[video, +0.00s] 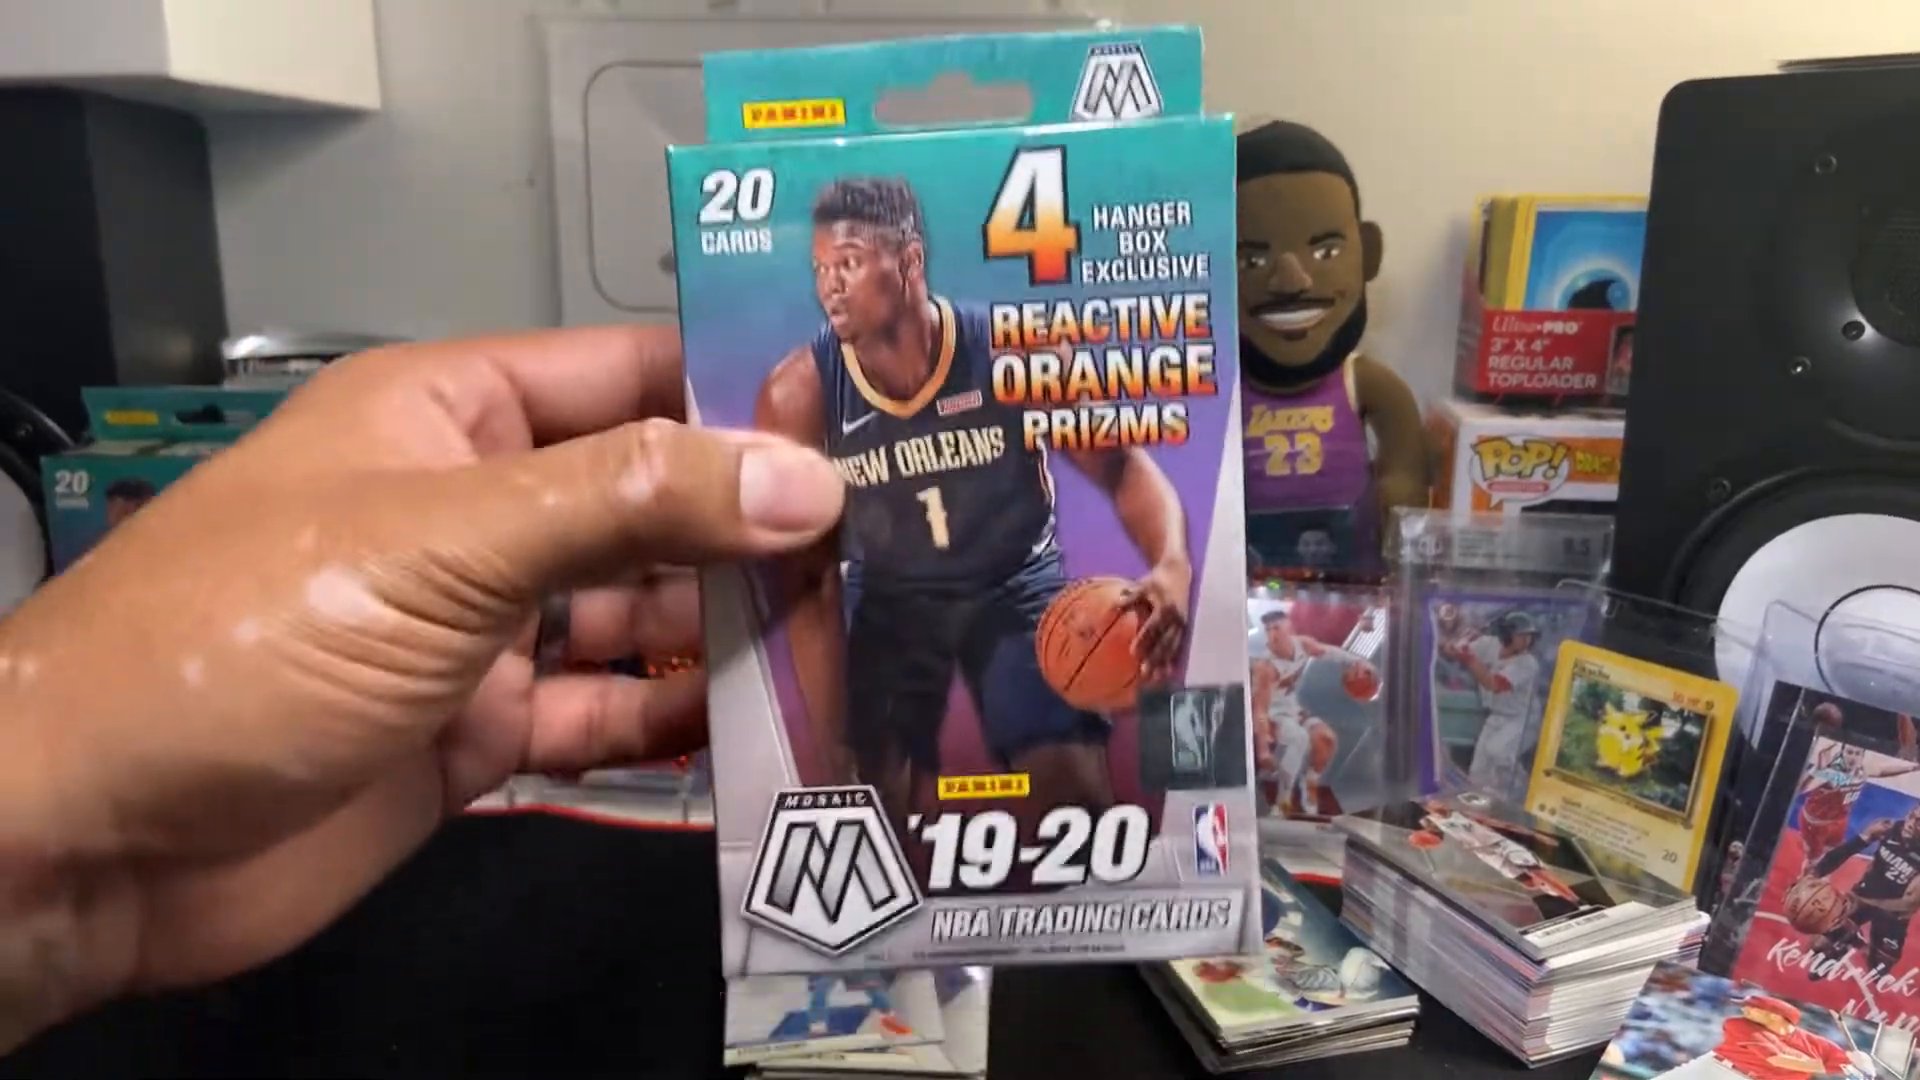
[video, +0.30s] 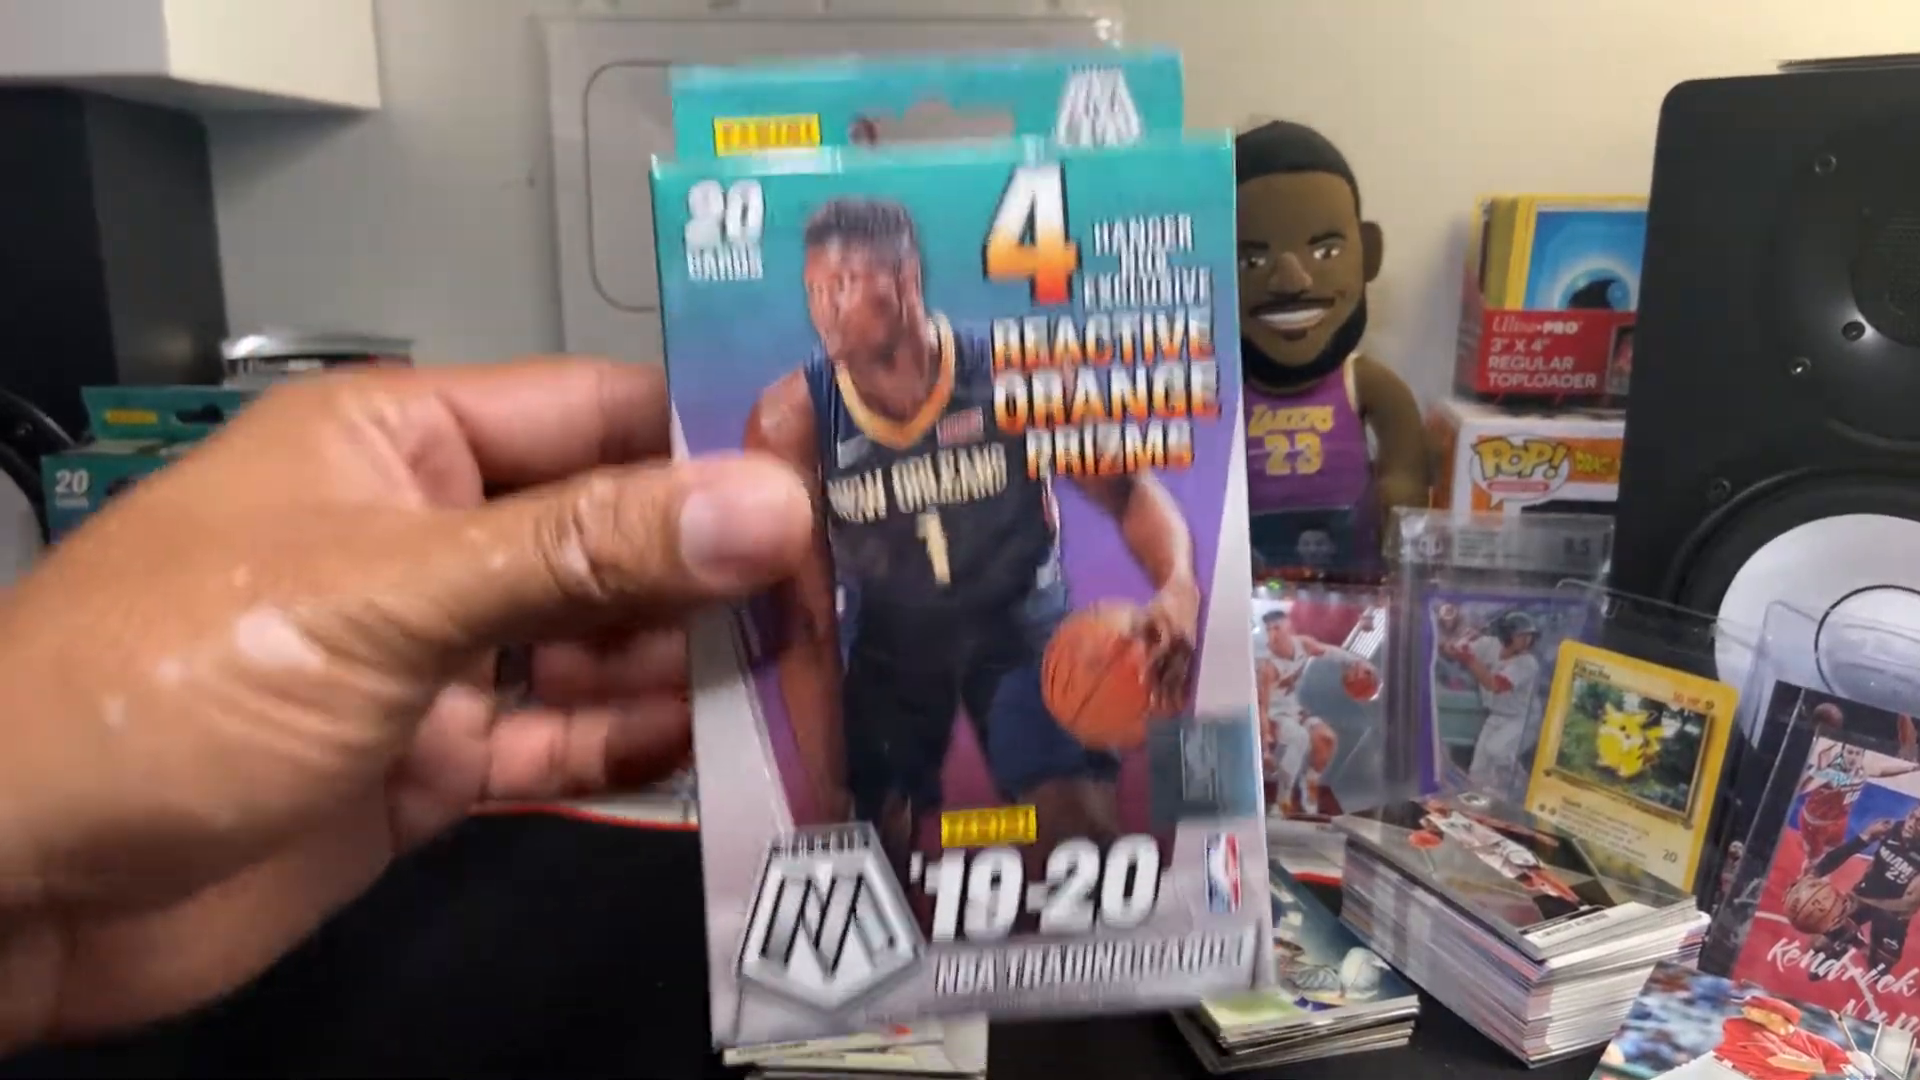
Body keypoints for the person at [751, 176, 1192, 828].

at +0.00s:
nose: (830, 287)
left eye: (849, 264)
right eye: (821, 269)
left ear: (910, 262)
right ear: (813, 276)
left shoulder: (1008, 352)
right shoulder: (799, 393)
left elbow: (1120, 466)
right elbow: (808, 580)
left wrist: (1173, 564)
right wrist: (829, 750)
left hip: (1018, 593)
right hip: (893, 606)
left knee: (1069, 790)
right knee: (877, 809)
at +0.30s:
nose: (829, 307)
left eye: (848, 282)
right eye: (818, 288)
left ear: (908, 285)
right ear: (807, 298)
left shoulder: (1010, 375)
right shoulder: (791, 418)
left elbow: (1127, 491)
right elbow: (808, 624)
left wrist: (1179, 586)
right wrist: (824, 796)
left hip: (1018, 625)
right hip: (893, 639)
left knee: (1075, 822)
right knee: (879, 840)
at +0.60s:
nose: (822, 315)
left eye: (842, 290)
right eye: (812, 297)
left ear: (908, 287)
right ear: (805, 306)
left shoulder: (1010, 384)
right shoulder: (787, 427)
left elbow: (1127, 506)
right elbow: (800, 631)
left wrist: (1178, 605)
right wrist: (816, 817)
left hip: (1018, 640)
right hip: (888, 653)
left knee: (1071, 846)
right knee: (866, 861)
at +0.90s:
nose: (803, 264)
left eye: (825, 237)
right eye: (793, 242)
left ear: (888, 238)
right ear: (782, 253)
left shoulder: (997, 339)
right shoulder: (769, 383)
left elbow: (1123, 461)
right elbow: (785, 593)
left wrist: (1173, 566)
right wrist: (809, 783)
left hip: (1004, 611)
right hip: (875, 623)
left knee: (1068, 801)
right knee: (859, 828)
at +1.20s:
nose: (783, 301)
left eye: (803, 277)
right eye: (774, 281)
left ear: (866, 277)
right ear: (765, 290)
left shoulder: (972, 371)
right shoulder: (752, 413)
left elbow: (1090, 487)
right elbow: (767, 612)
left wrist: (1138, 584)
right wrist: (788, 790)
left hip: (982, 632)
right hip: (855, 646)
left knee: (1042, 821)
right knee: (835, 843)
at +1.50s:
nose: (794, 309)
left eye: (815, 286)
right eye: (785, 291)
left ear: (879, 286)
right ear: (777, 299)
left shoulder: (982, 379)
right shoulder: (759, 423)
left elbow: (1093, 499)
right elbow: (771, 621)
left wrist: (1147, 600)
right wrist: (788, 798)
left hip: (989, 629)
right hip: (856, 643)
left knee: (1040, 840)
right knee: (829, 859)